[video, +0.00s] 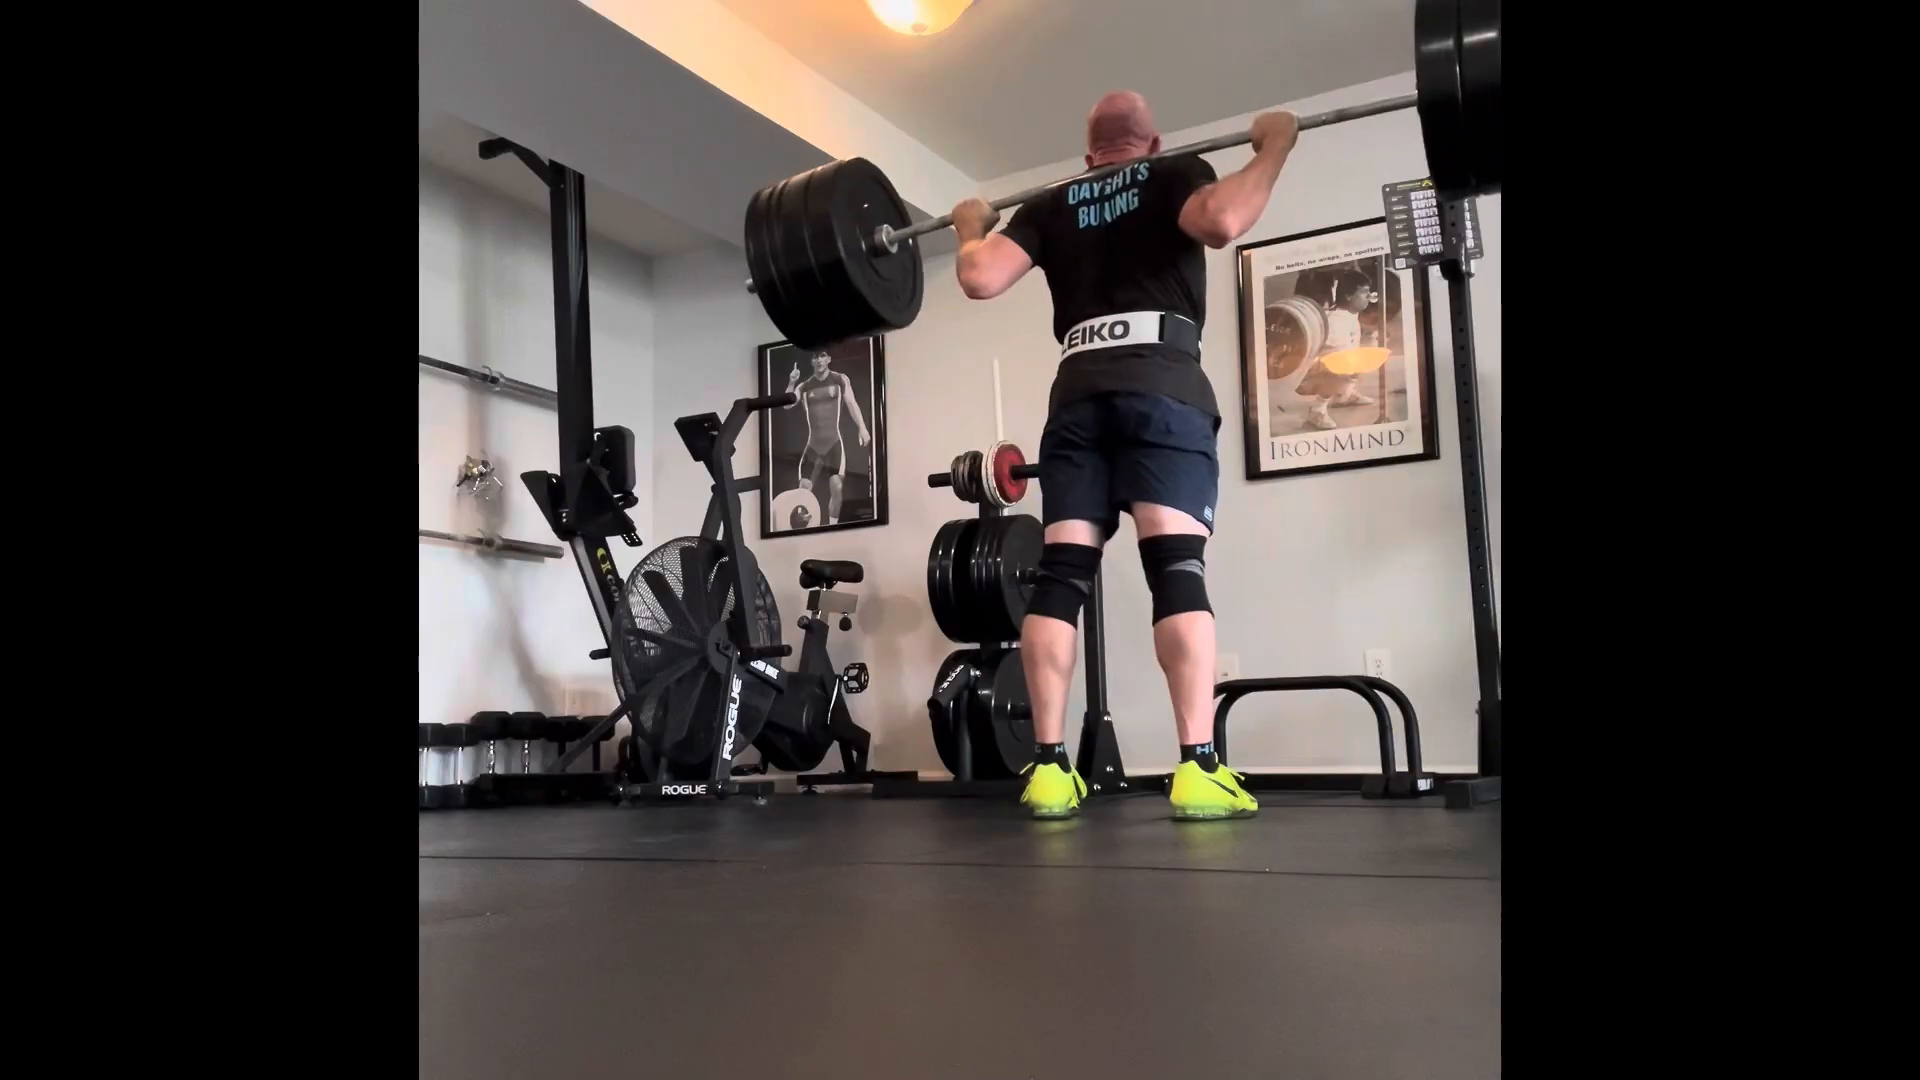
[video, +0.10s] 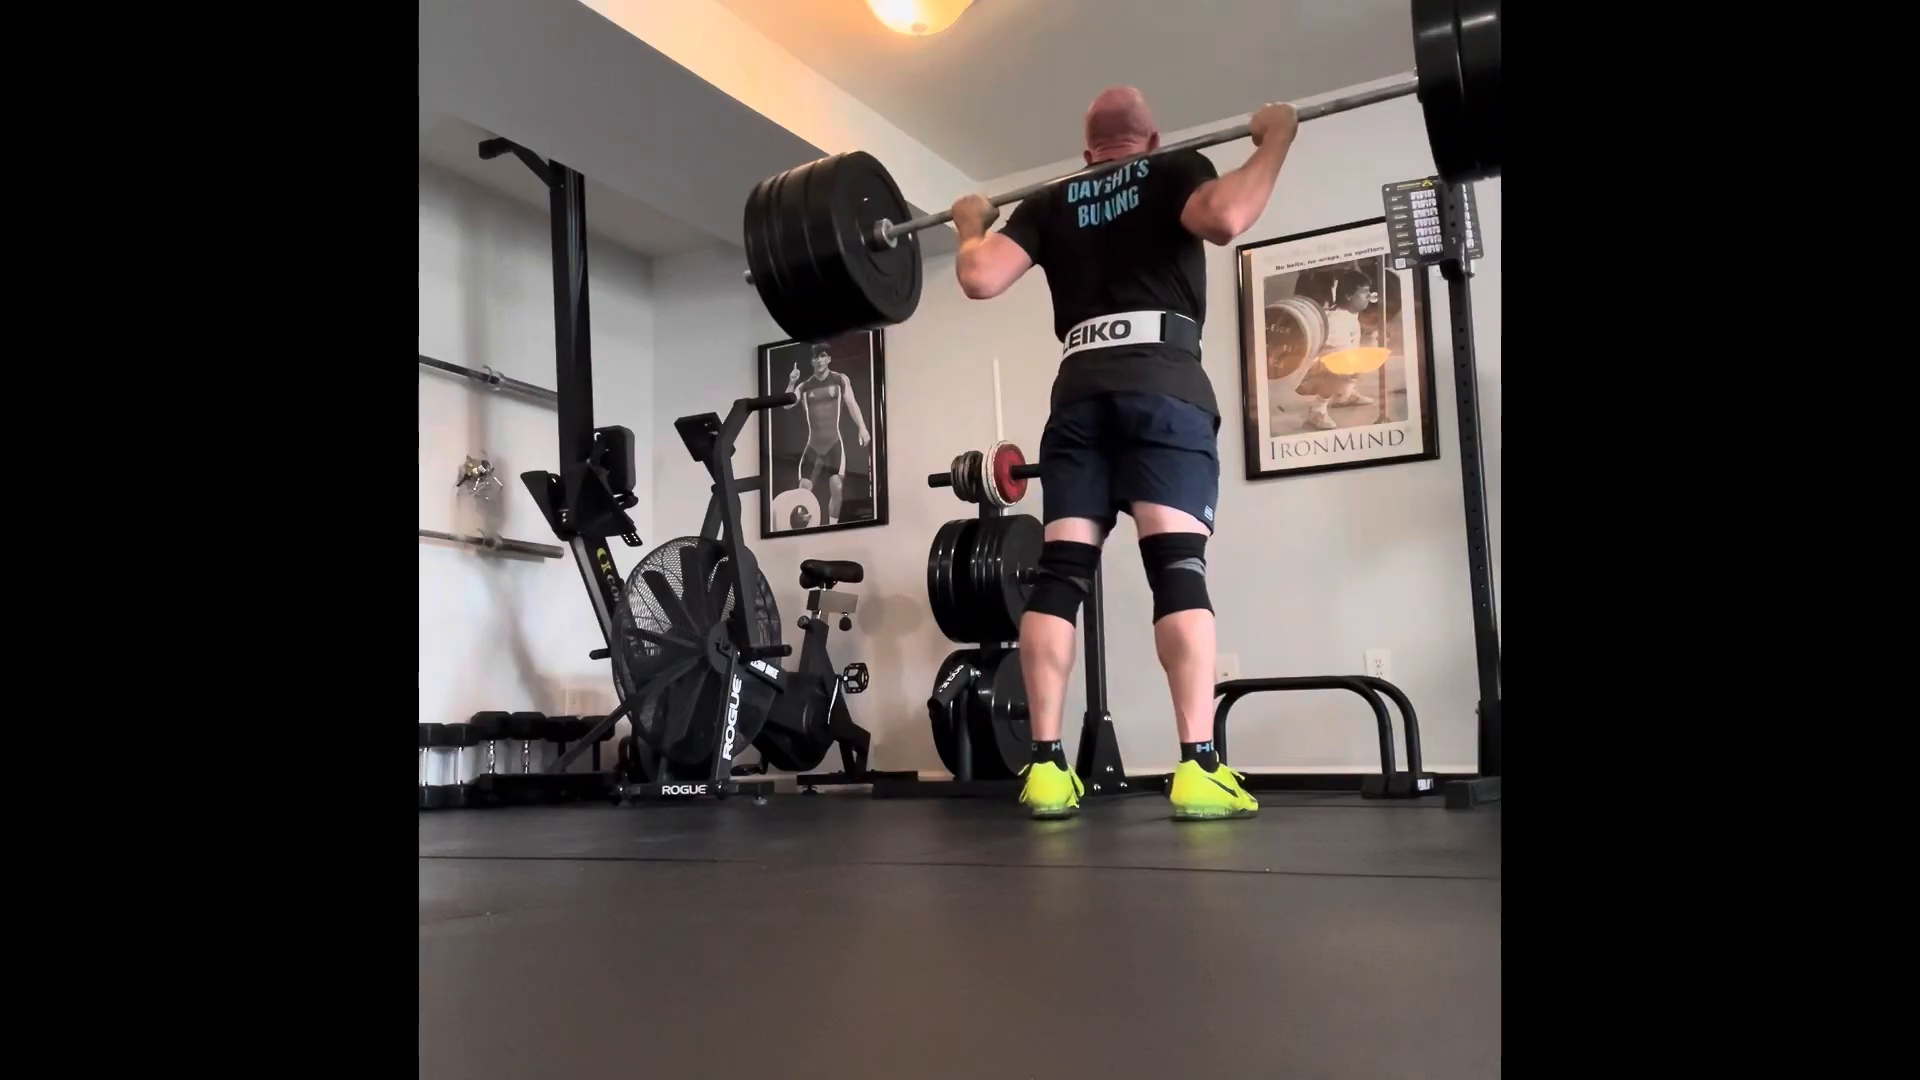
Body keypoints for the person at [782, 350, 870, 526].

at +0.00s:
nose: (819, 360)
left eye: (823, 356)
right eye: (816, 357)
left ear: (829, 359)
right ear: (811, 362)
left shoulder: (840, 380)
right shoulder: (803, 387)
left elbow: (851, 404)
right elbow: (787, 404)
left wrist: (862, 428)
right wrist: (791, 382)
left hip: (834, 443)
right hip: (813, 444)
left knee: (836, 486)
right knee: (804, 487)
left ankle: (832, 529)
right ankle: (802, 528)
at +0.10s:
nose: (819, 361)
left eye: (823, 356)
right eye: (816, 357)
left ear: (829, 359)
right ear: (811, 361)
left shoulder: (840, 380)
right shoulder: (803, 386)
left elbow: (851, 404)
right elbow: (787, 405)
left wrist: (862, 428)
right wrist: (791, 383)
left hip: (834, 443)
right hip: (813, 444)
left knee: (836, 485)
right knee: (804, 486)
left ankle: (832, 528)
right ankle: (803, 528)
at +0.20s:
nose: (819, 361)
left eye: (823, 356)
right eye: (816, 357)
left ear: (829, 359)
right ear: (812, 361)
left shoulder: (840, 380)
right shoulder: (803, 386)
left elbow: (852, 405)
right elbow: (788, 406)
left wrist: (862, 428)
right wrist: (791, 384)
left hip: (834, 442)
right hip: (813, 444)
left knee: (836, 484)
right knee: (804, 486)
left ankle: (832, 528)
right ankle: (803, 528)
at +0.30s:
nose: (820, 360)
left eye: (823, 356)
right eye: (816, 357)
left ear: (829, 359)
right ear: (811, 362)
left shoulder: (840, 380)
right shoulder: (803, 387)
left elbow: (851, 404)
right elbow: (787, 405)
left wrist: (862, 428)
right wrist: (791, 382)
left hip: (834, 443)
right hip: (812, 445)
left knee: (836, 486)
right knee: (804, 486)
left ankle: (832, 529)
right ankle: (802, 528)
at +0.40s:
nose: (820, 361)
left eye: (823, 357)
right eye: (816, 357)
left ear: (829, 359)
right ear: (812, 361)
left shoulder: (840, 380)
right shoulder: (803, 386)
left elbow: (851, 405)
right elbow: (787, 406)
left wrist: (862, 428)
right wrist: (791, 384)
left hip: (834, 442)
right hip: (813, 444)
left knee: (836, 484)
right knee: (804, 485)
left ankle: (832, 528)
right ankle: (802, 528)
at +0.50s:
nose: (819, 361)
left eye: (823, 357)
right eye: (816, 357)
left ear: (829, 359)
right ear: (811, 361)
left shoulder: (840, 380)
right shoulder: (803, 386)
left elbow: (851, 405)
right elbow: (787, 405)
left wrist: (862, 428)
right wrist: (791, 384)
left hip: (834, 442)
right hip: (813, 444)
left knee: (836, 484)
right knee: (804, 485)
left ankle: (832, 528)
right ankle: (802, 528)